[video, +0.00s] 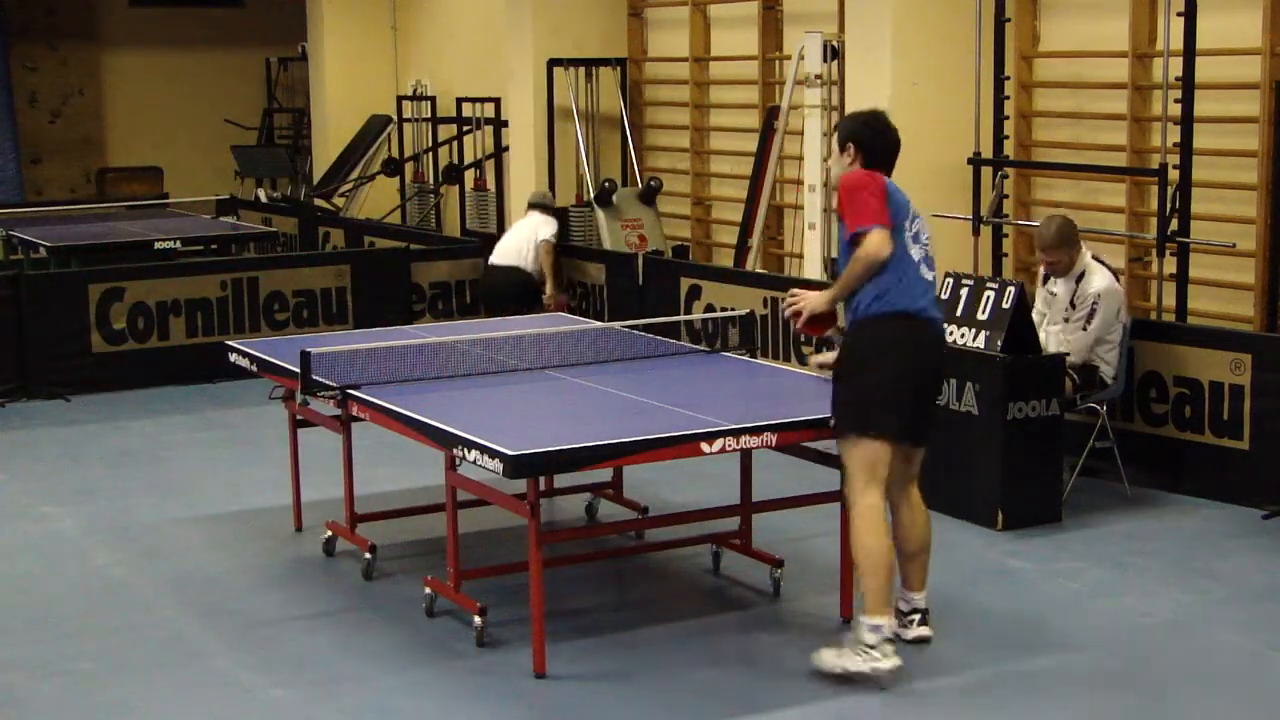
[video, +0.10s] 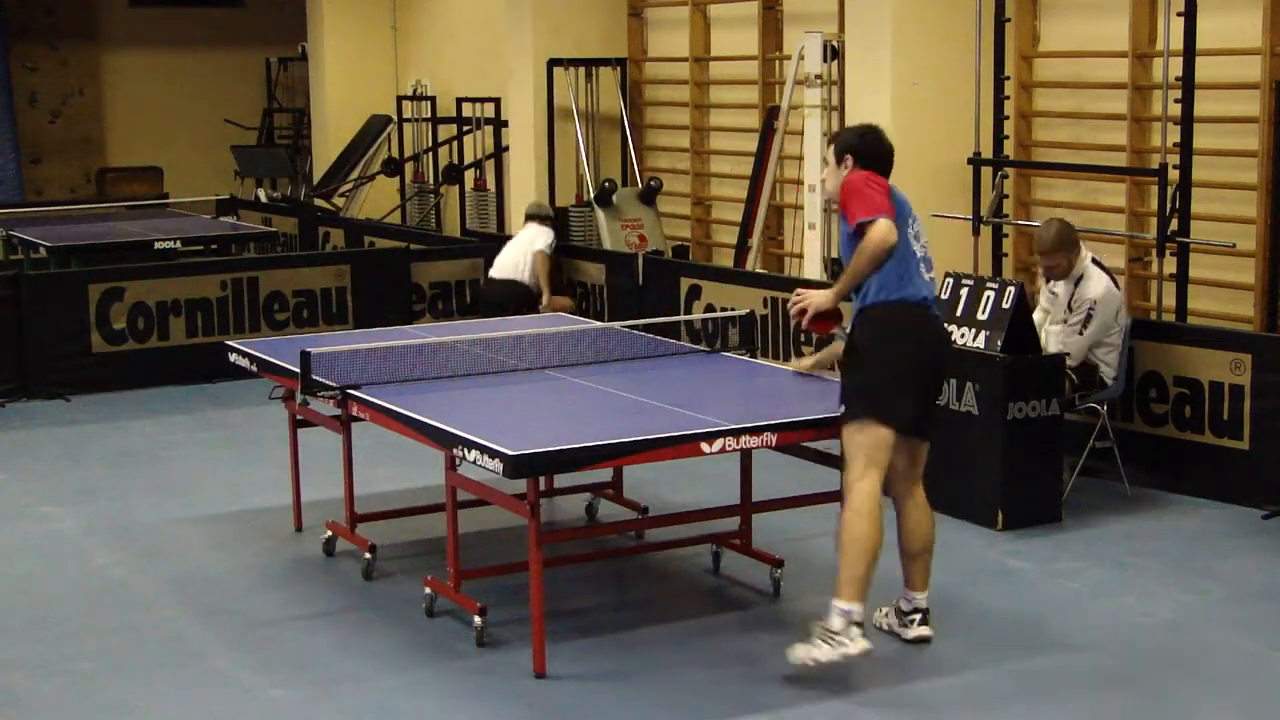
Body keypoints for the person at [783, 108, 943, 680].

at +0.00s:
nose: (834, 160)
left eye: (837, 151)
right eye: (836, 151)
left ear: (851, 152)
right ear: (884, 156)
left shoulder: (858, 182)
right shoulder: (903, 202)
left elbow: (876, 246)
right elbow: (903, 296)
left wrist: (830, 296)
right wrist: (847, 351)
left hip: (884, 340)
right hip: (927, 345)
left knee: (865, 490)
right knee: (904, 485)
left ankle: (875, 635)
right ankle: (914, 610)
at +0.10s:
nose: (828, 177)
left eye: (831, 166)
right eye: (829, 167)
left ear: (846, 162)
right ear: (879, 165)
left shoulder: (860, 183)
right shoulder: (898, 202)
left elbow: (882, 235)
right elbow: (891, 306)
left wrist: (833, 295)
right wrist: (823, 358)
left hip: (888, 332)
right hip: (928, 337)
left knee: (862, 481)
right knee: (908, 482)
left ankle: (844, 622)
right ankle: (915, 611)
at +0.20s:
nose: (821, 188)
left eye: (825, 177)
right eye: (822, 178)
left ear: (844, 171)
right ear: (872, 171)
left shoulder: (859, 184)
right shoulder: (896, 208)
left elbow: (885, 230)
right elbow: (889, 318)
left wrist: (833, 292)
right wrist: (820, 368)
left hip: (889, 327)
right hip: (927, 334)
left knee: (852, 468)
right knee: (910, 483)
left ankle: (829, 609)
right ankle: (914, 609)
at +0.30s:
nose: (821, 187)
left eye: (826, 176)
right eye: (822, 177)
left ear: (846, 172)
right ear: (872, 174)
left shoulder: (858, 184)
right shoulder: (894, 209)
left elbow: (882, 230)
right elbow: (889, 313)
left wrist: (829, 291)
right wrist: (827, 366)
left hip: (886, 327)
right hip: (925, 335)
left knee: (842, 463)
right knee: (910, 483)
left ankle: (824, 598)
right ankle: (914, 609)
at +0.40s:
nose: (825, 175)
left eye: (828, 166)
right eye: (826, 166)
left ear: (843, 163)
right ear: (875, 164)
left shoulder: (854, 181)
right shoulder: (892, 198)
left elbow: (877, 233)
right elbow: (888, 272)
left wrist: (826, 289)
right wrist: (831, 305)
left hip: (877, 327)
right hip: (921, 331)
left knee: (832, 464)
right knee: (910, 483)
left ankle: (828, 595)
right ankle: (915, 609)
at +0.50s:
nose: (825, 160)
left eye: (827, 151)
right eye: (827, 151)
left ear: (840, 151)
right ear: (874, 153)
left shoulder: (848, 178)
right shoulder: (895, 201)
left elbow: (867, 239)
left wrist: (816, 290)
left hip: (867, 331)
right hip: (917, 336)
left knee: (824, 470)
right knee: (910, 484)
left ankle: (832, 603)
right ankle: (915, 610)